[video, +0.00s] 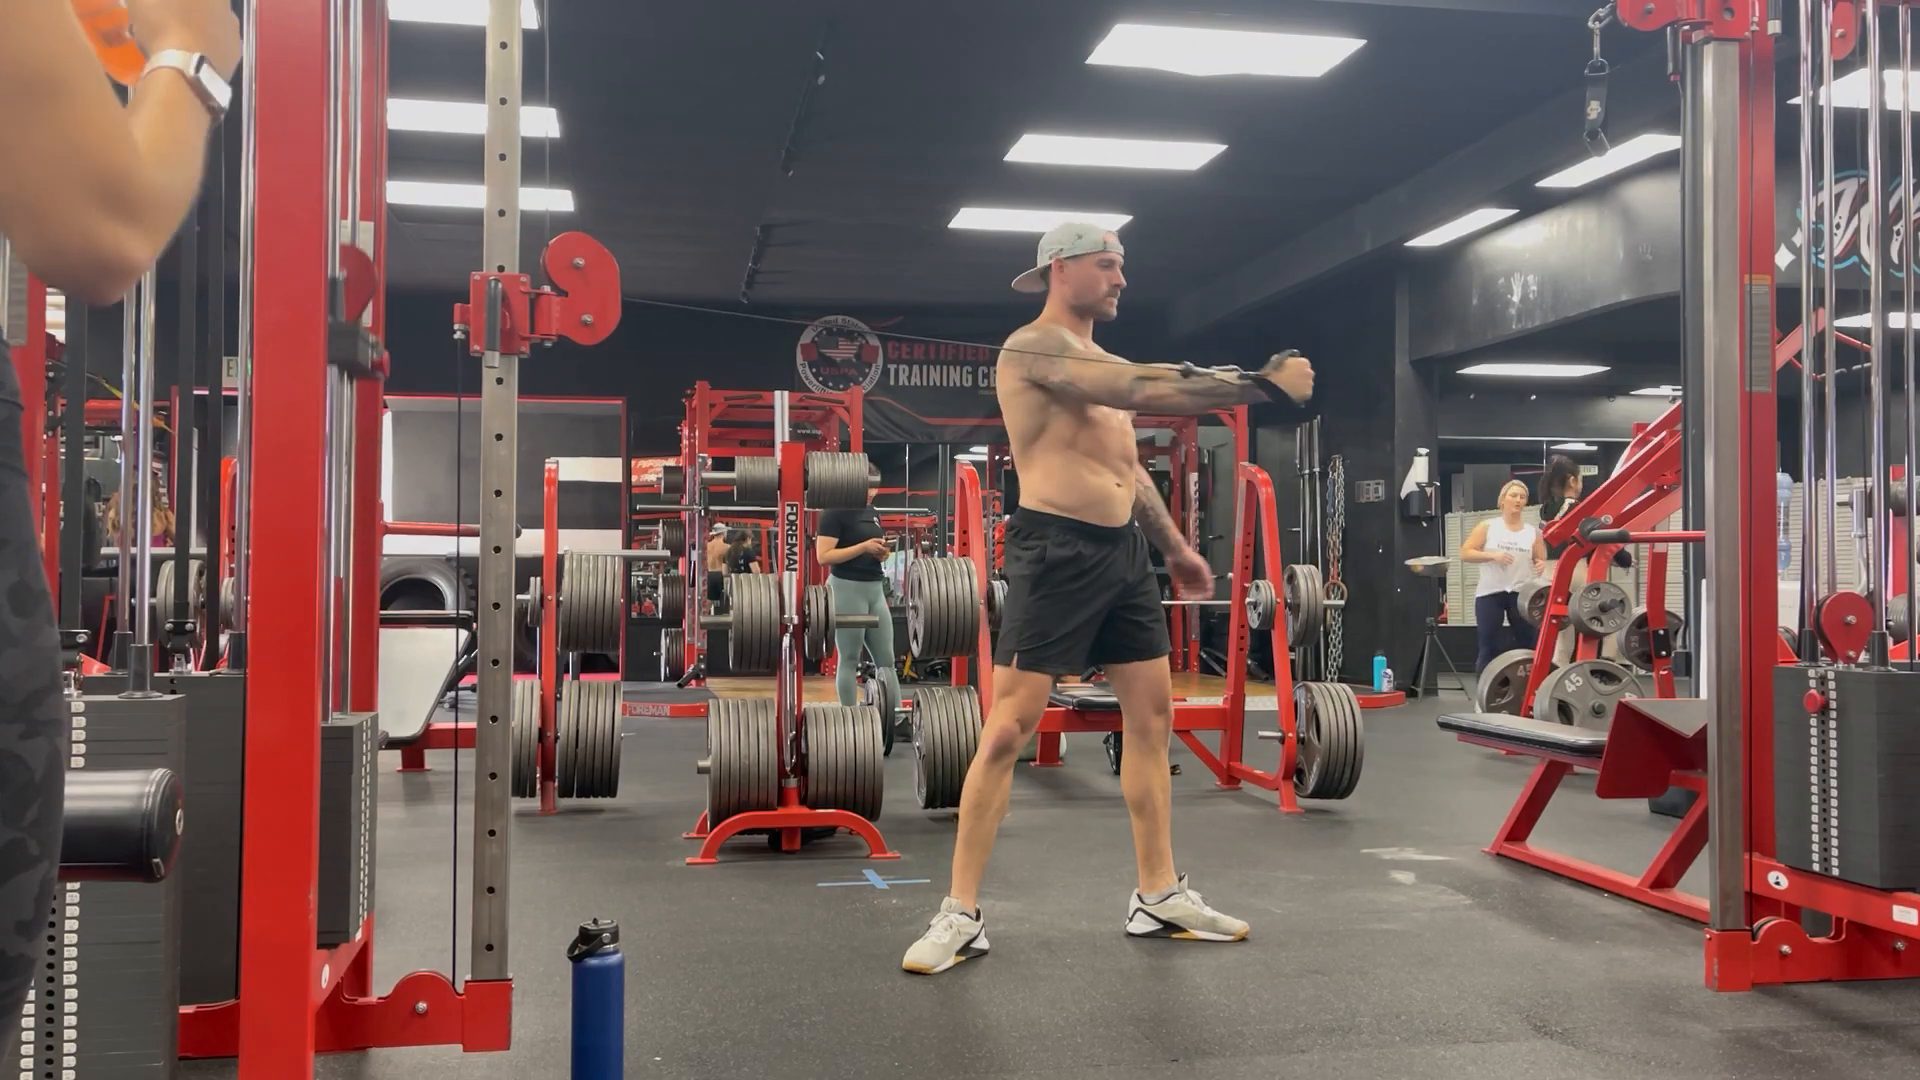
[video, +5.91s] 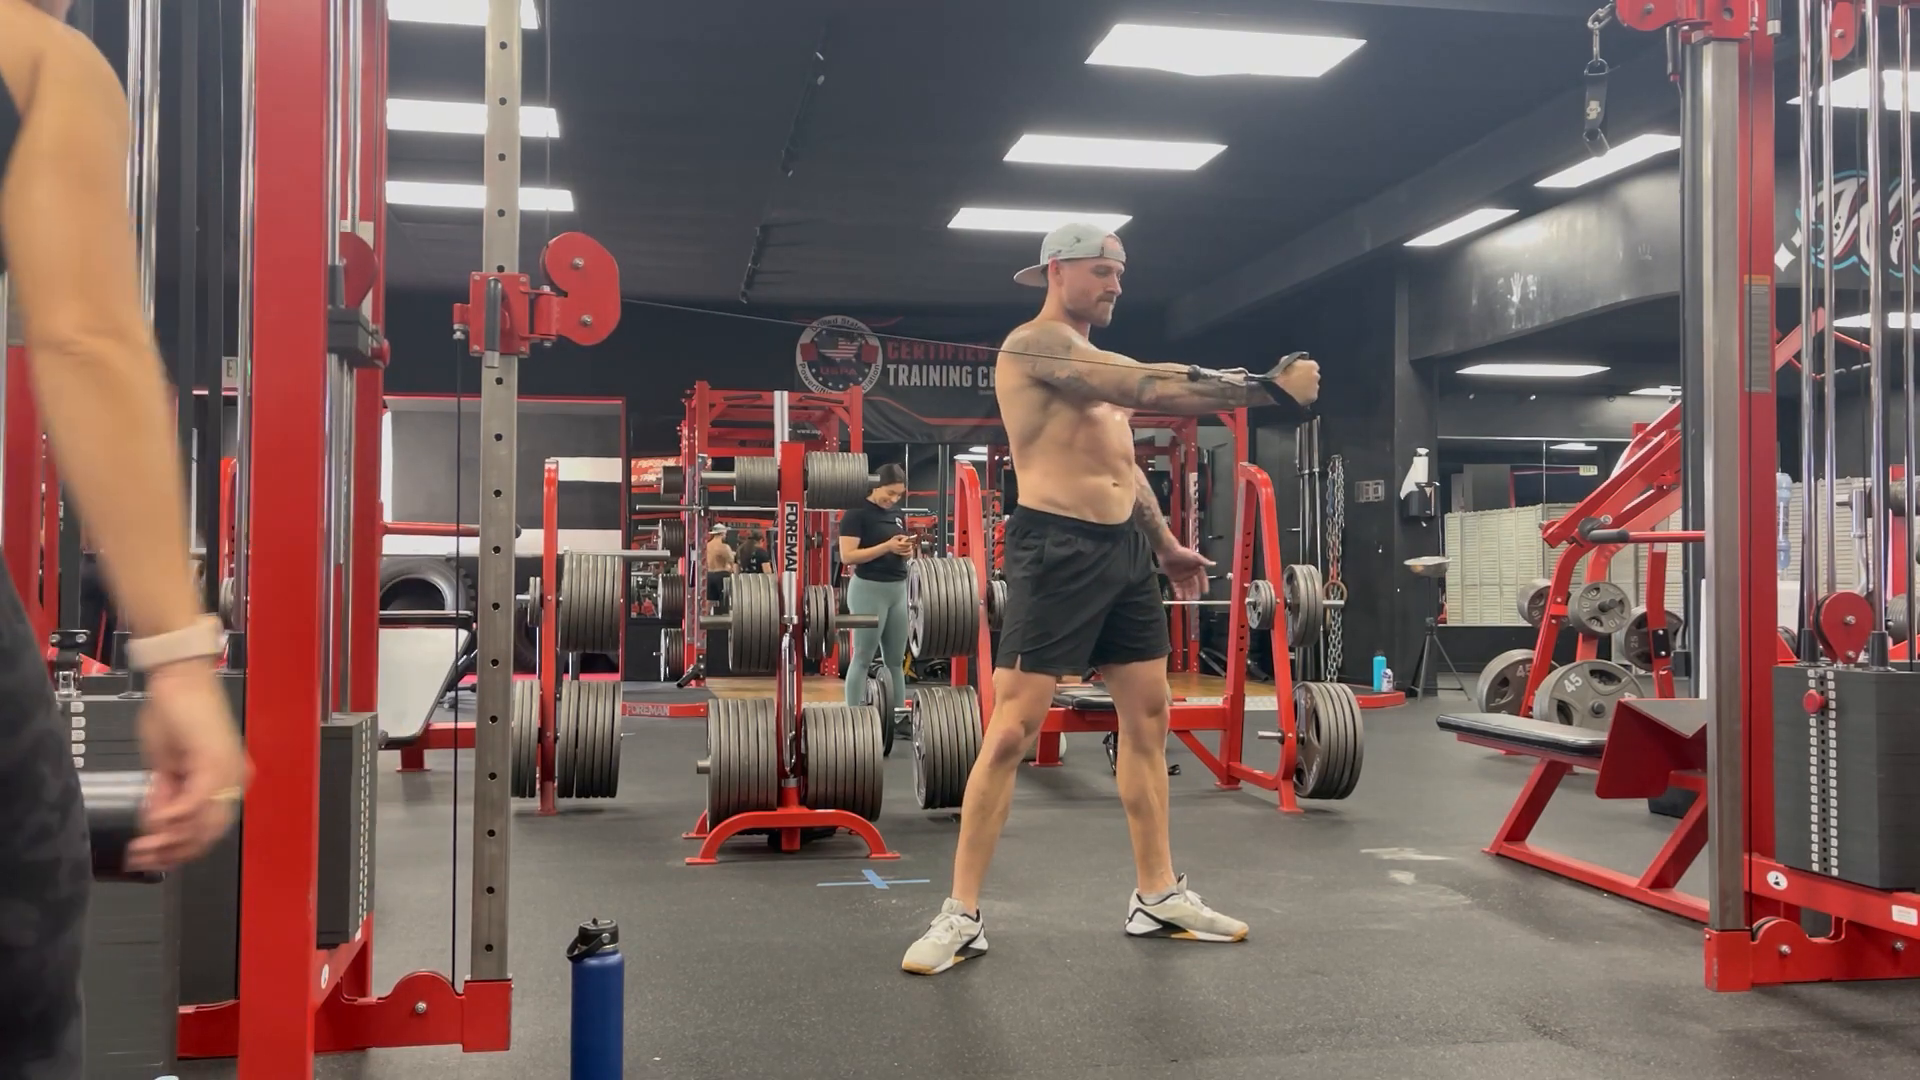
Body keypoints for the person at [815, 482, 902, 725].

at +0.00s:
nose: (872, 492)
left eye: (875, 487)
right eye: (869, 486)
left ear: (876, 489)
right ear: (856, 484)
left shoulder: (871, 513)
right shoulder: (835, 513)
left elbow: (878, 552)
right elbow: (823, 556)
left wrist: (883, 552)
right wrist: (863, 548)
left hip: (875, 589)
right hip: (847, 589)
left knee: (886, 659)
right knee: (849, 659)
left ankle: (896, 720)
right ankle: (850, 721)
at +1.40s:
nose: (904, 496)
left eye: (908, 491)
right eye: (899, 490)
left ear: (911, 490)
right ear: (884, 484)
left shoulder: (909, 514)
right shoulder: (866, 514)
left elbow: (920, 549)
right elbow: (852, 554)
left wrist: (918, 549)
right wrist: (891, 546)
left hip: (903, 591)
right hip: (876, 591)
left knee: (899, 659)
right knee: (869, 658)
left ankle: (901, 714)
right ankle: (854, 714)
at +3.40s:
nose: (898, 496)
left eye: (901, 492)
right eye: (894, 490)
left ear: (903, 490)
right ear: (879, 484)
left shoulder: (896, 515)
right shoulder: (858, 513)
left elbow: (902, 555)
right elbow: (846, 554)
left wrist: (912, 550)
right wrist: (888, 547)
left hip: (898, 590)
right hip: (871, 590)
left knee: (896, 660)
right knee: (865, 657)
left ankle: (901, 715)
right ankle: (853, 715)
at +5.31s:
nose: (897, 498)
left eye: (902, 494)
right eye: (894, 492)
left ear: (905, 490)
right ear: (880, 485)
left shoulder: (898, 514)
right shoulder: (857, 514)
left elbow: (904, 557)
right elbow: (848, 554)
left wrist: (909, 548)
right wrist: (888, 545)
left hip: (899, 591)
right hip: (870, 590)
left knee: (896, 661)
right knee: (863, 658)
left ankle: (899, 721)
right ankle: (853, 719)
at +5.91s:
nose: (894, 500)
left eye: (899, 495)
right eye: (890, 493)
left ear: (902, 491)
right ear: (878, 485)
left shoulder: (895, 514)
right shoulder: (856, 514)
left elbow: (903, 551)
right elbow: (847, 555)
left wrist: (908, 549)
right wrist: (887, 547)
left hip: (898, 590)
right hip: (868, 589)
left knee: (895, 661)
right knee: (862, 659)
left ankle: (899, 720)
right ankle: (854, 721)